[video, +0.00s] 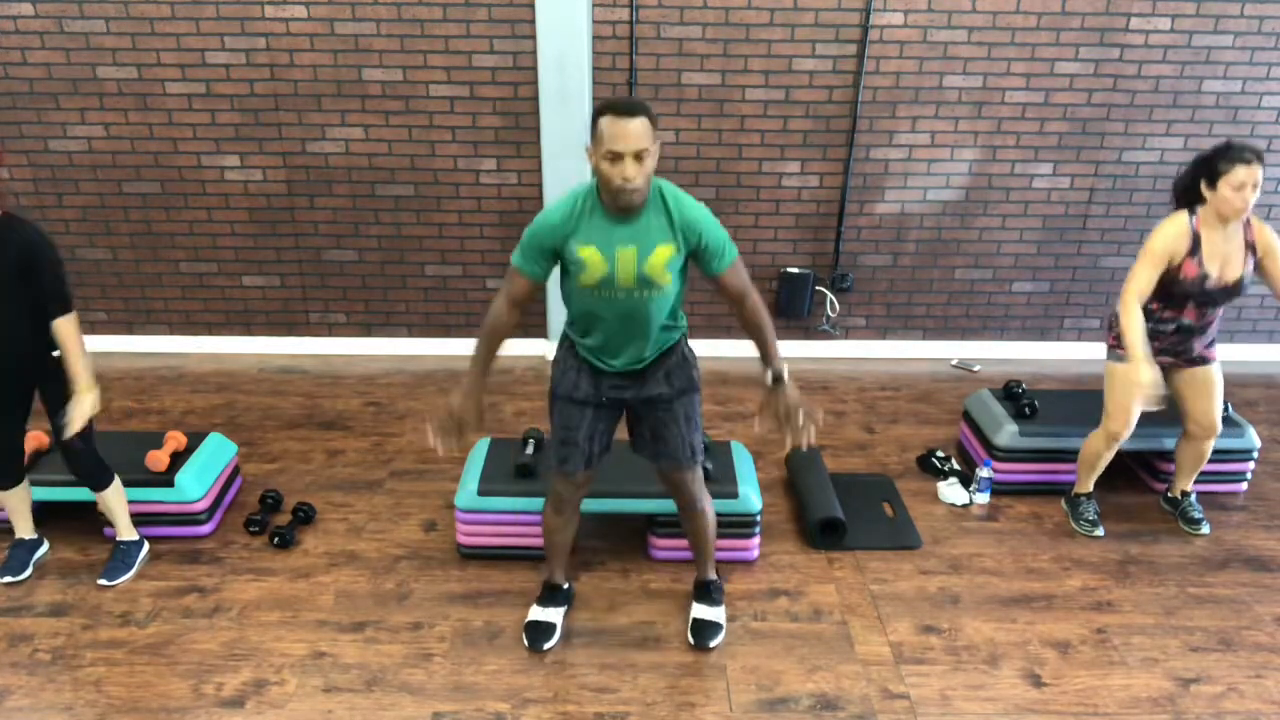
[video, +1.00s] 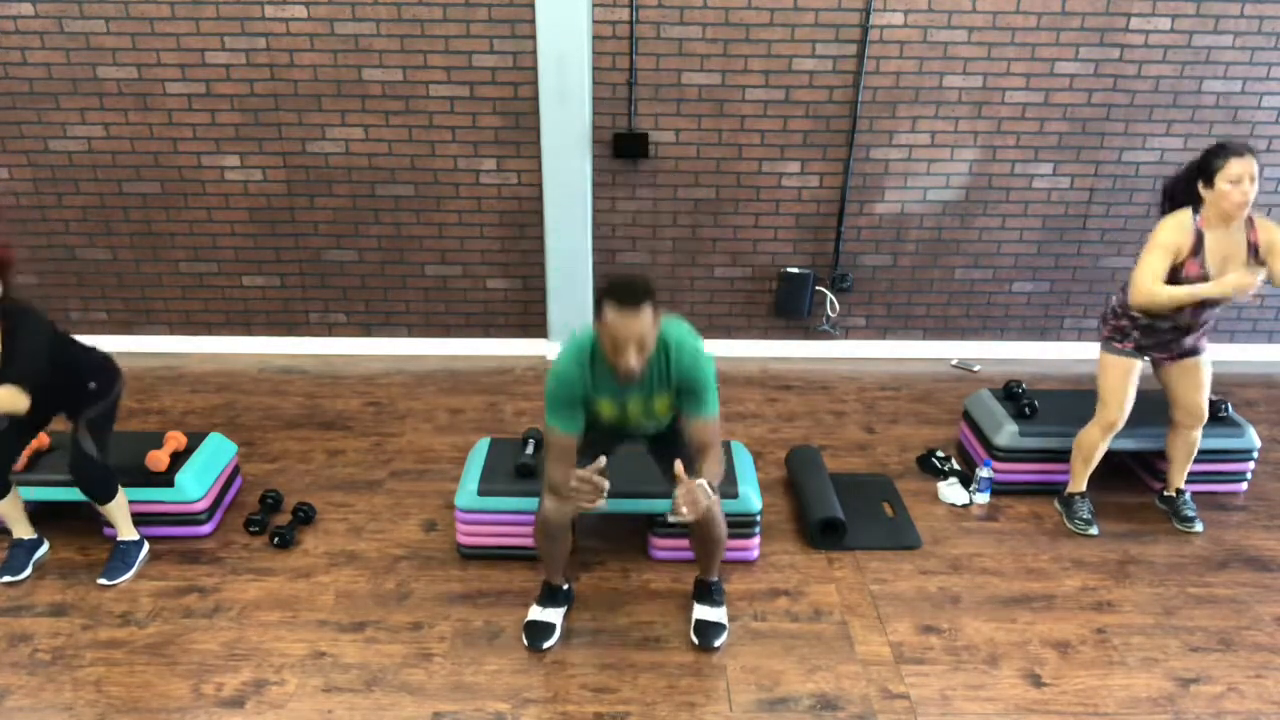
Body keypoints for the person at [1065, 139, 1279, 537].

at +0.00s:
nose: (1248, 198)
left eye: (1254, 188)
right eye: (1238, 187)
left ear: (1260, 189)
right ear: (1208, 187)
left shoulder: (1259, 236)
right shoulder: (1175, 230)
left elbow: (1279, 287)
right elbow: (1130, 300)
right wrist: (1143, 366)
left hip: (1195, 339)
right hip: (1140, 332)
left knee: (1206, 426)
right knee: (1117, 428)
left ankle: (1179, 494)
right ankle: (1080, 494)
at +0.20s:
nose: (1244, 175)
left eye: (1250, 165)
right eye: (1234, 165)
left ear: (1256, 166)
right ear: (1204, 167)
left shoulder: (1257, 216)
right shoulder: (1173, 215)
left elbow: (1273, 281)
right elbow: (1108, 271)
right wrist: (1068, 328)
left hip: (1204, 337)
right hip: (1152, 333)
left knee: (1191, 424)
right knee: (1122, 422)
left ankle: (1177, 494)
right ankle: (1081, 494)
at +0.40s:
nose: (1244, 173)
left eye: (1249, 163)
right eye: (1233, 163)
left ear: (1254, 164)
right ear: (1203, 167)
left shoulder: (1255, 212)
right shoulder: (1170, 214)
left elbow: (1225, 266)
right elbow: (1108, 257)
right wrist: (1069, 293)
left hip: (1211, 340)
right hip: (1158, 335)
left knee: (1185, 425)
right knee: (1122, 418)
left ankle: (1175, 495)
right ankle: (1080, 494)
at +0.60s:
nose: (1244, 171)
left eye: (1249, 162)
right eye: (1233, 162)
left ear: (1253, 164)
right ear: (1203, 165)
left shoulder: (1256, 213)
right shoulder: (1169, 216)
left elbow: (1232, 274)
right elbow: (1109, 265)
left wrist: (1227, 326)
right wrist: (1067, 309)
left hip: (1213, 340)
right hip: (1160, 335)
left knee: (1182, 424)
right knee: (1125, 421)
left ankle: (1175, 495)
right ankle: (1081, 494)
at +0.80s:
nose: (1244, 169)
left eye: (1249, 159)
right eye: (1234, 160)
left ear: (1254, 162)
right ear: (1204, 164)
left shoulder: (1262, 215)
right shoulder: (1173, 212)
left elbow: (1277, 279)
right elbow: (1122, 277)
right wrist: (1125, 345)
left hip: (1207, 336)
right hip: (1153, 333)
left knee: (1186, 422)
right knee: (1124, 421)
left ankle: (1175, 494)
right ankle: (1078, 493)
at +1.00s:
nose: (1247, 191)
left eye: (1252, 181)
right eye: (1235, 182)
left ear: (1257, 184)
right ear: (1205, 188)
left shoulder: (1263, 234)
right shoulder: (1177, 227)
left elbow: (1278, 277)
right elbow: (1142, 295)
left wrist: (1264, 269)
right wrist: (1216, 289)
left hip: (1185, 330)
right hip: (1132, 324)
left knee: (1192, 416)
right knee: (1111, 417)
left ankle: (1174, 493)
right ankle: (1074, 494)